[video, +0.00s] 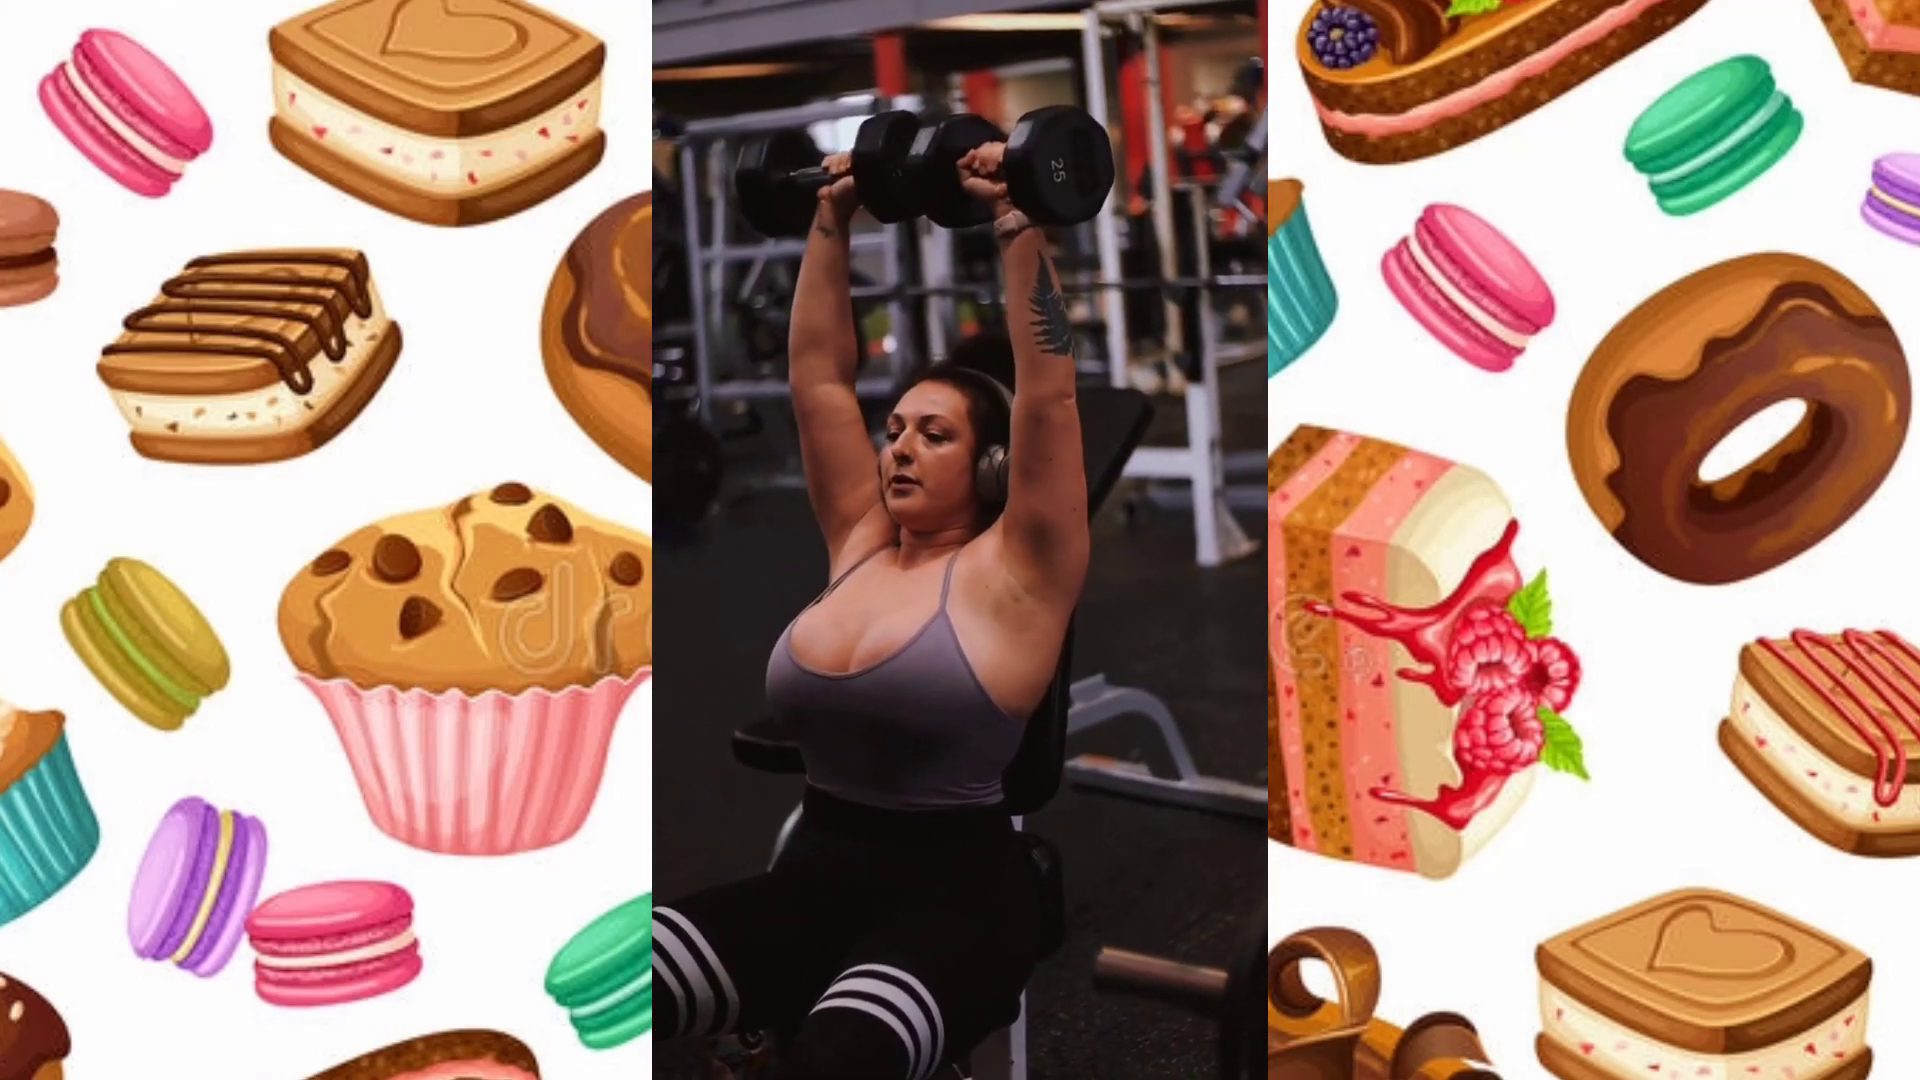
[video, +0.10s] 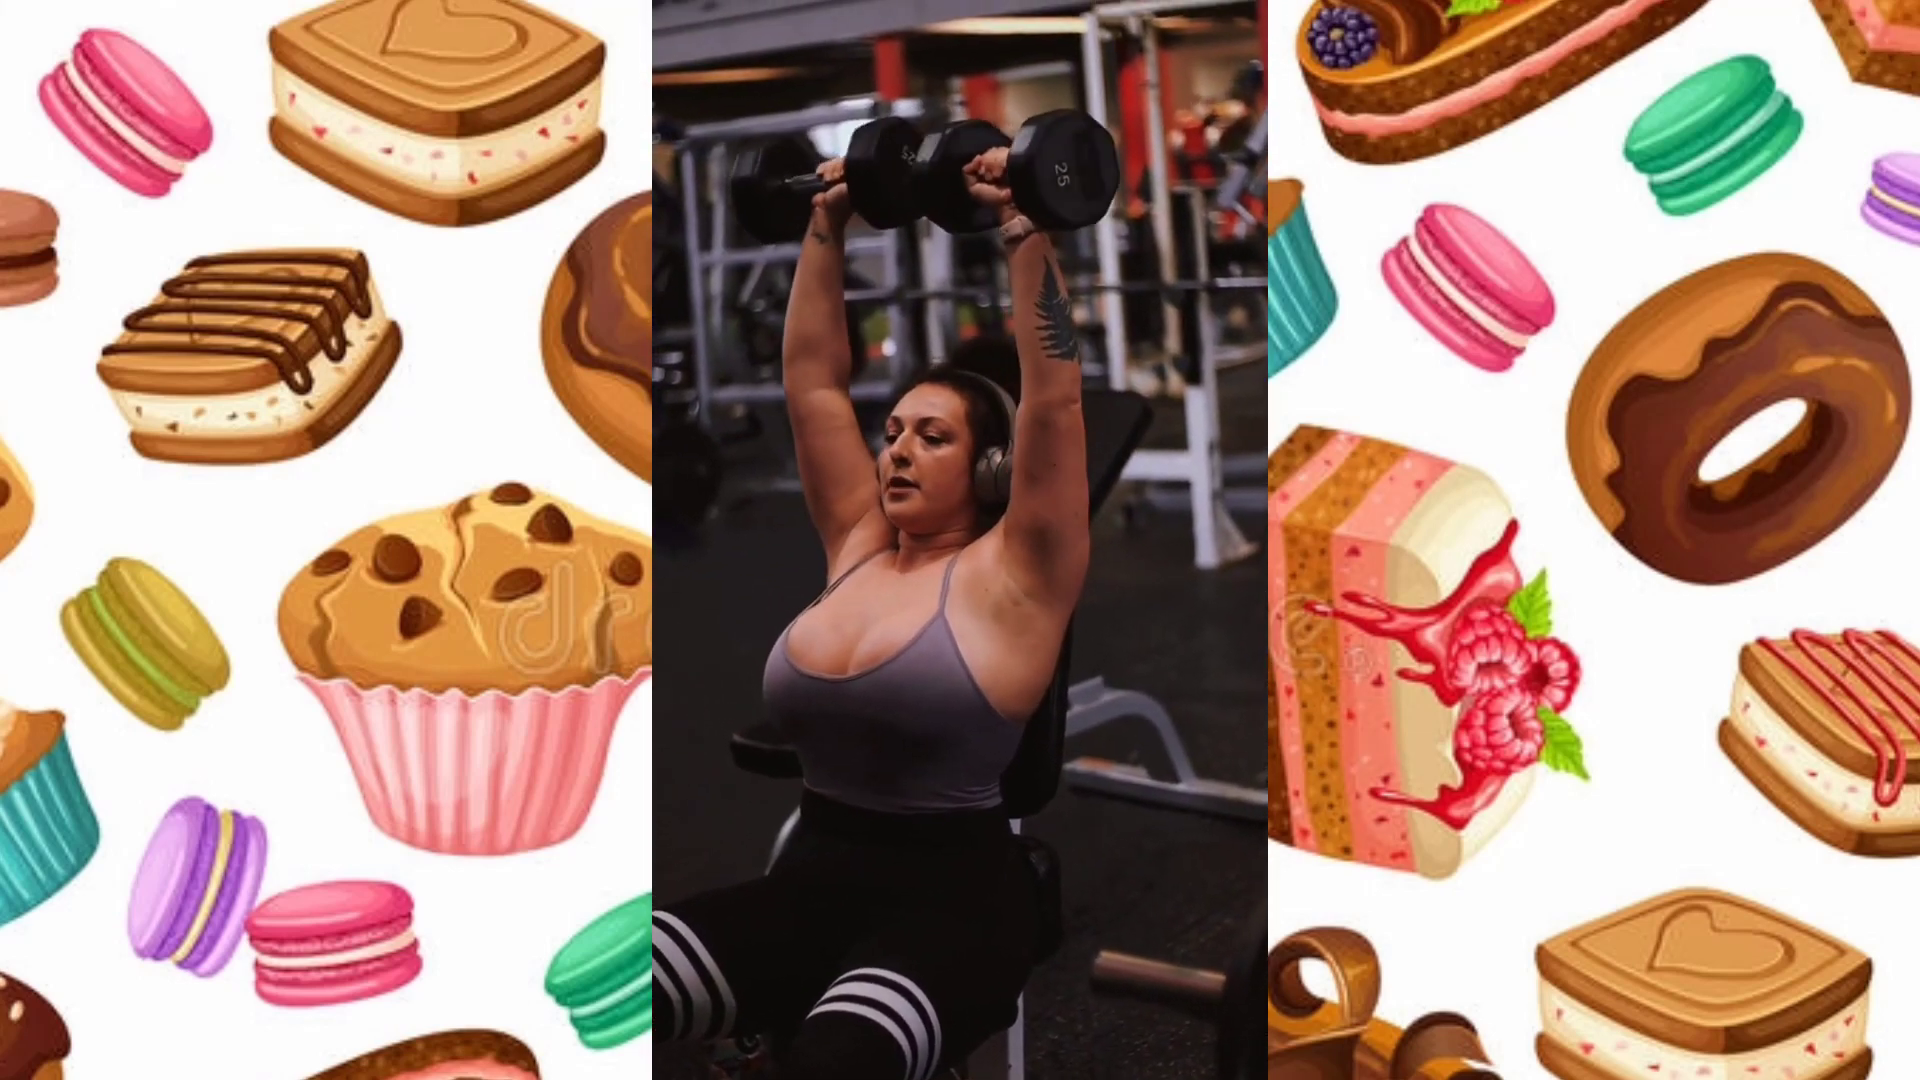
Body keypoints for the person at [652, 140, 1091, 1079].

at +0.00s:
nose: (901, 447)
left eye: (933, 433)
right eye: (896, 430)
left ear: (989, 462)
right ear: (881, 451)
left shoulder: (1022, 566)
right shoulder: (861, 538)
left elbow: (1048, 398)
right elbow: (819, 381)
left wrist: (1017, 231)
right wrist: (829, 221)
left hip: (956, 896)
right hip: (822, 879)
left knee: (841, 1049)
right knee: (612, 984)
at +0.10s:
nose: (898, 449)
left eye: (931, 434)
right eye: (894, 432)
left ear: (988, 465)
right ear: (878, 453)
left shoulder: (1020, 568)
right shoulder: (859, 541)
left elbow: (1054, 399)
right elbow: (814, 383)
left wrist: (1025, 236)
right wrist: (825, 228)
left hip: (956, 898)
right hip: (821, 882)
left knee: (840, 1050)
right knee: (613, 984)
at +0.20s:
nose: (894, 447)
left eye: (927, 432)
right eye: (890, 431)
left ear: (986, 462)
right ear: (876, 452)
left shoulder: (1018, 569)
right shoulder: (856, 538)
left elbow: (1060, 404)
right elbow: (803, 383)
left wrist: (1033, 237)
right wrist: (815, 227)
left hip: (953, 898)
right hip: (817, 881)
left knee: (835, 1050)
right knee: (609, 982)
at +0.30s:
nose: (892, 446)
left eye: (924, 432)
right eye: (887, 429)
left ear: (983, 461)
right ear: (873, 449)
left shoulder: (1017, 571)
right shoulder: (852, 535)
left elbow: (1075, 407)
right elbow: (787, 387)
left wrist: (1044, 240)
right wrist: (803, 235)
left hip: (951, 894)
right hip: (814, 877)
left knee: (829, 1048)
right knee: (601, 984)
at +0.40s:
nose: (888, 446)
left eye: (920, 432)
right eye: (884, 427)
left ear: (980, 463)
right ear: (873, 444)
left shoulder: (1014, 572)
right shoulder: (847, 536)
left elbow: (1091, 412)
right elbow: (773, 397)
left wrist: (1060, 248)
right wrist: (791, 251)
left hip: (945, 897)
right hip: (806, 879)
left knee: (827, 1046)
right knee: (601, 978)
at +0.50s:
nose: (881, 444)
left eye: (913, 429)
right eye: (874, 426)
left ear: (974, 459)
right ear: (861, 444)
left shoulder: (1008, 571)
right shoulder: (839, 536)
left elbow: (1104, 427)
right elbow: (753, 406)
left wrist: (1071, 267)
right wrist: (779, 265)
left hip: (936, 890)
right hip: (798, 875)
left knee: (820, 1046)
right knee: (598, 978)